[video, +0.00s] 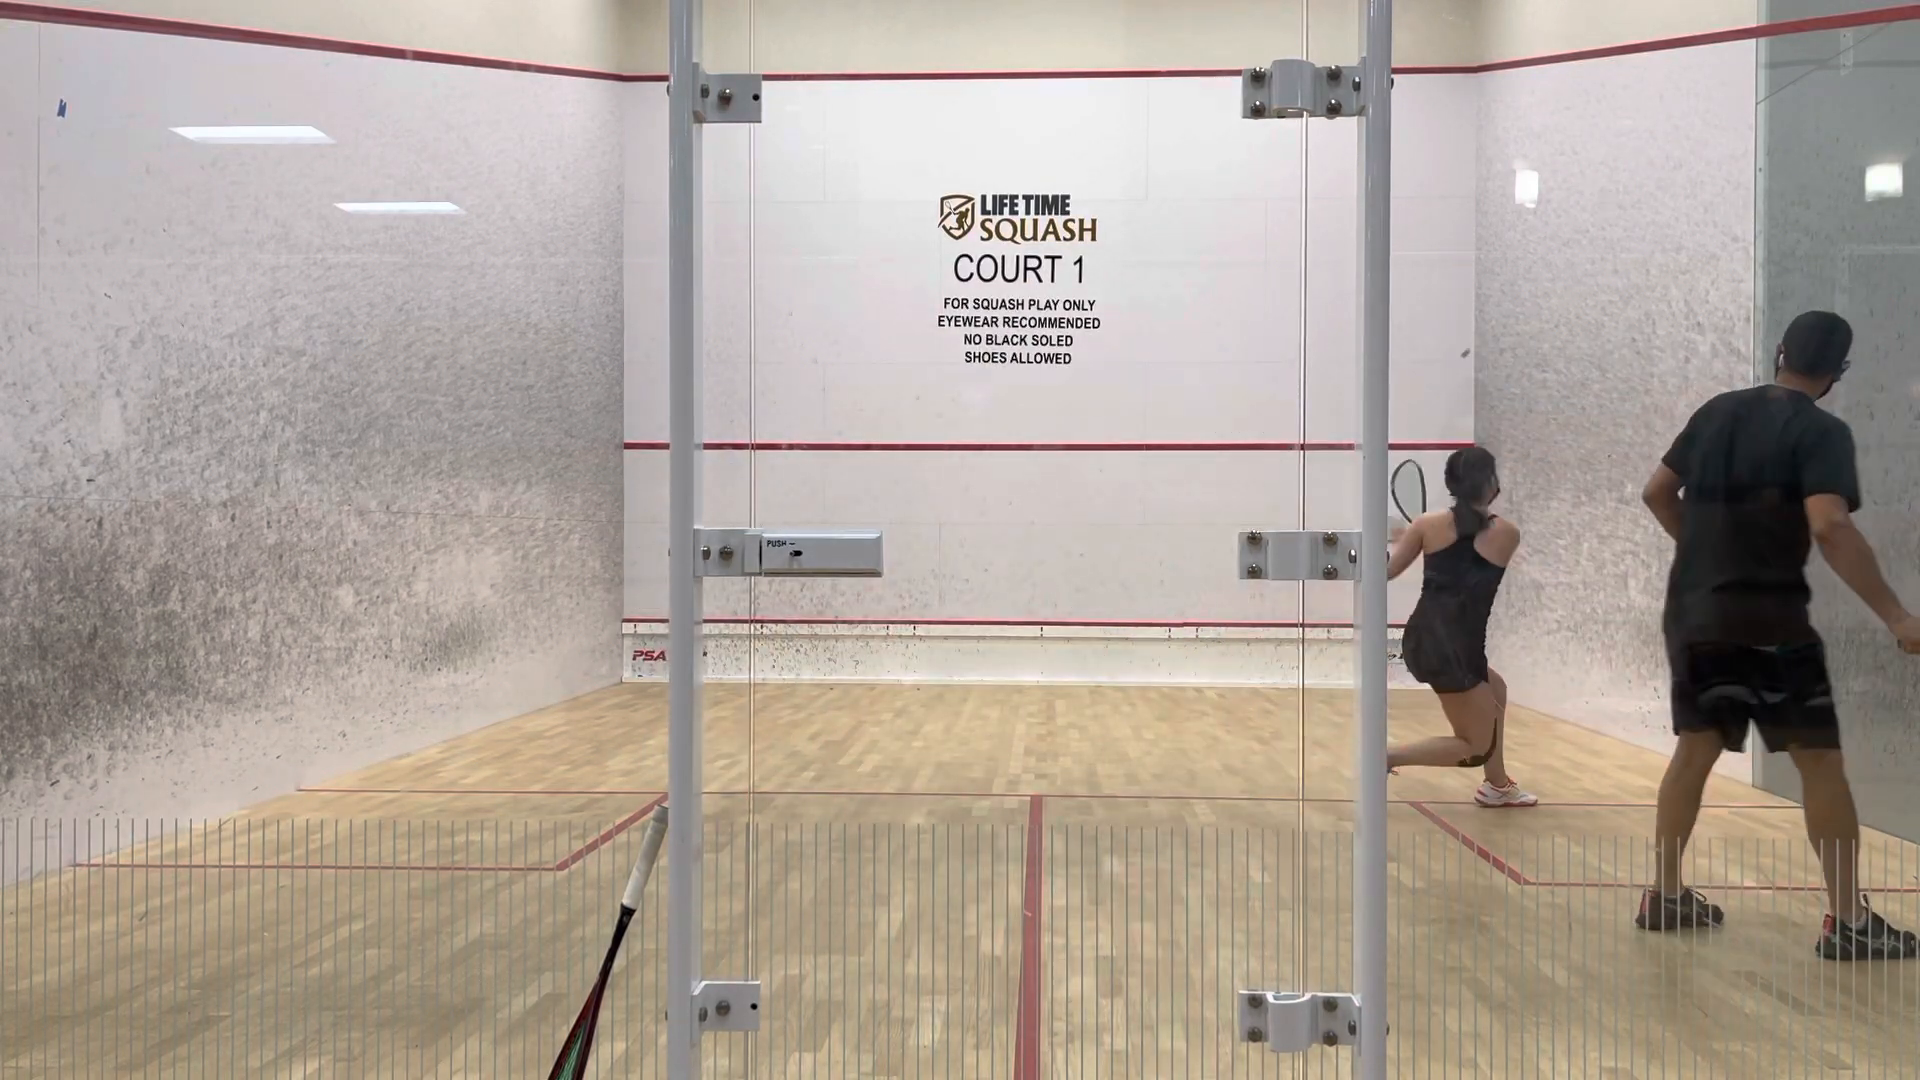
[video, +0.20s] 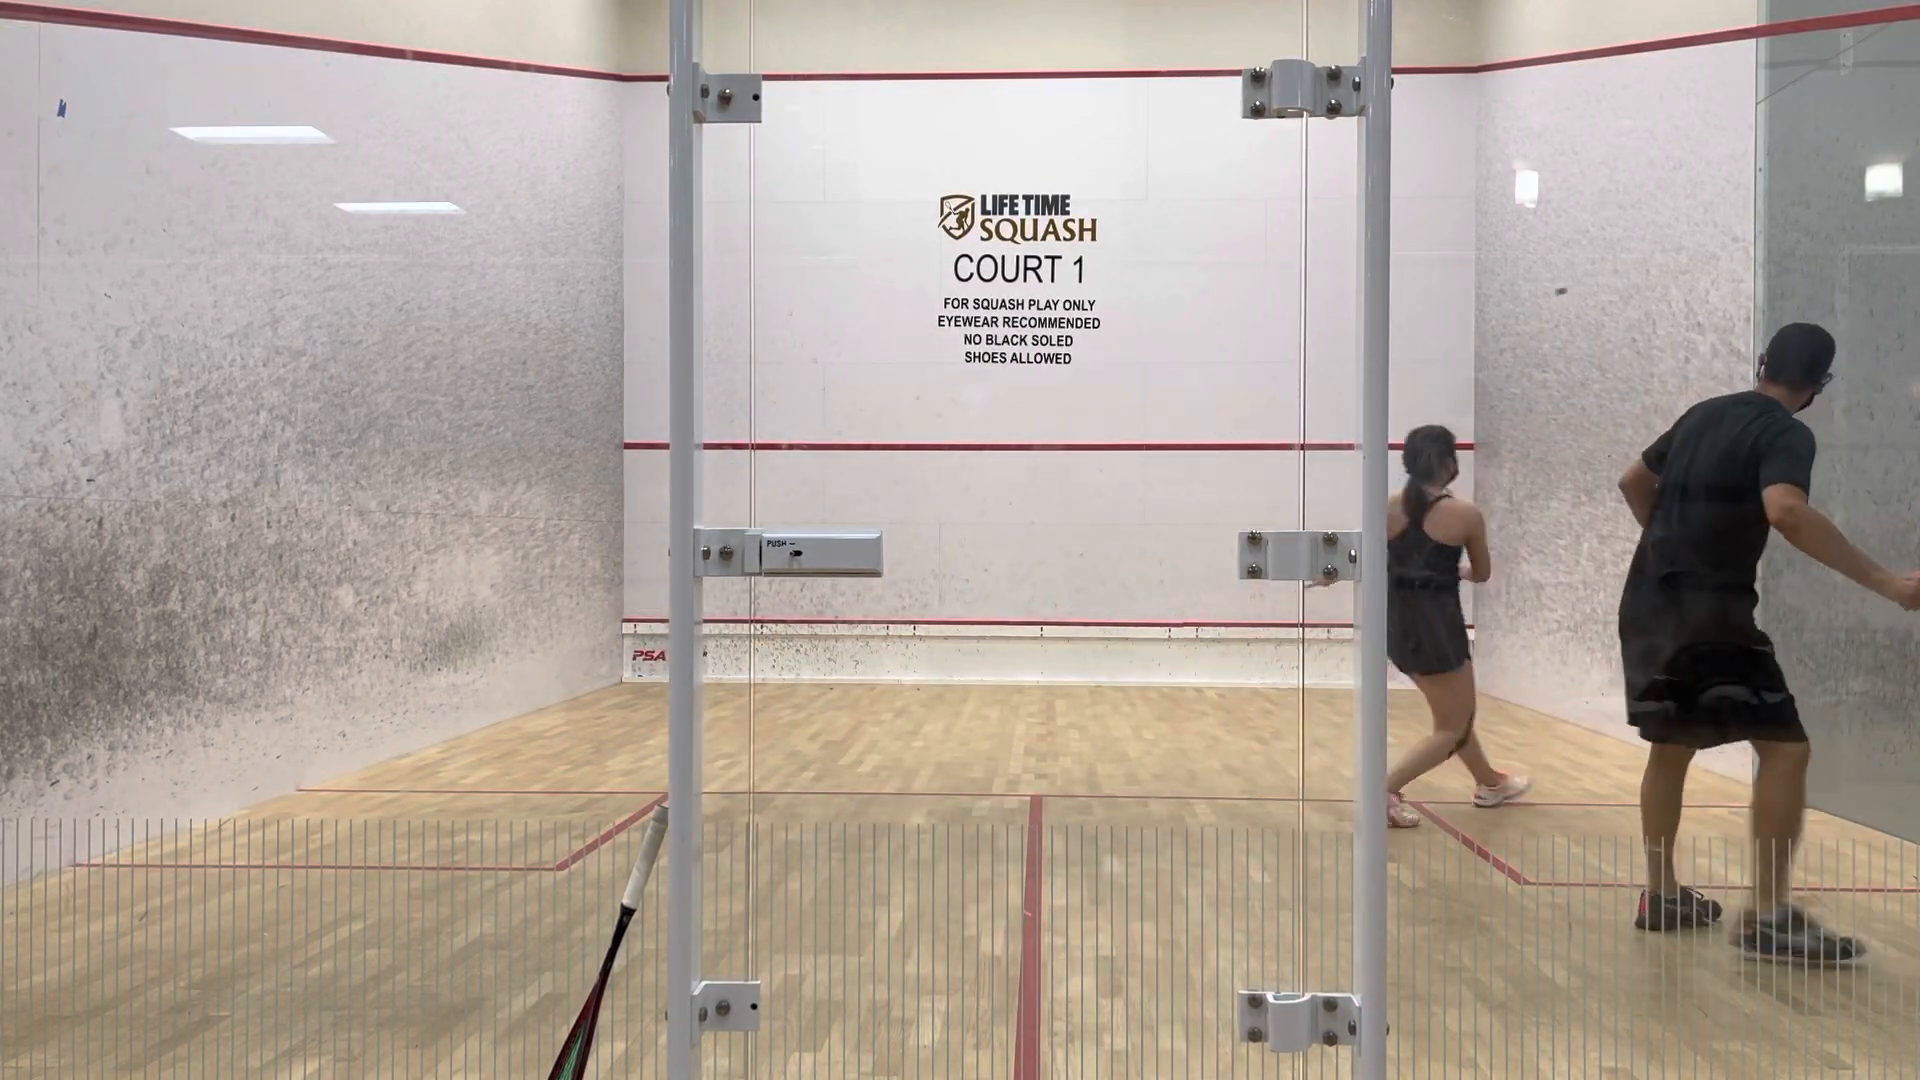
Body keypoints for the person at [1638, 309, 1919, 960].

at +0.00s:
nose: (1835, 377)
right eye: (1840, 370)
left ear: (1779, 358)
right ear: (1836, 374)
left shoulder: (1720, 409)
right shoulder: (1821, 428)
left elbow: (1657, 492)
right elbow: (1829, 524)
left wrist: (1699, 544)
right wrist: (1897, 616)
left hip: (1696, 619)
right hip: (1773, 622)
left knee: (1696, 744)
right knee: (1820, 761)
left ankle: (1664, 893)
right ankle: (1848, 917)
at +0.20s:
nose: (1819, 392)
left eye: (1818, 382)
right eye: (1821, 383)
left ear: (1761, 366)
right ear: (1816, 385)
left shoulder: (1702, 413)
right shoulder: (1786, 433)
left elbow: (1636, 482)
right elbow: (1785, 509)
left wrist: (1677, 548)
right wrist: (1885, 581)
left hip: (1648, 617)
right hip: (1715, 619)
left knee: (1671, 745)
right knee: (1784, 749)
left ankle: (1660, 893)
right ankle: (1769, 912)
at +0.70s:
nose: (1872, 398)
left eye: (1876, 386)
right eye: (1873, 385)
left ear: (1819, 368)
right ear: (1849, 378)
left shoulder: (1746, 412)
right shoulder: (1797, 424)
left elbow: (1678, 492)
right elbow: (1761, 509)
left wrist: (1714, 566)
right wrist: (1844, 583)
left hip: (1700, 611)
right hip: (1718, 620)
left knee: (1787, 733)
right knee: (1676, 759)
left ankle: (1795, 897)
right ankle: (1576, 894)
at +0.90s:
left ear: (1905, 392)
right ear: (1912, 391)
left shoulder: (1866, 451)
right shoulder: (1856, 441)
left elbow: (1800, 544)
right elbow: (1801, 506)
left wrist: (1835, 622)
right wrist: (1884, 551)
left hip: (1800, 636)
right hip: (1766, 635)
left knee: (1859, 762)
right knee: (1744, 783)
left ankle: (1890, 919)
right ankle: (1601, 881)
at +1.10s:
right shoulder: (1909, 445)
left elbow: (1910, 572)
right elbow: (1832, 469)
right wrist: (1912, 502)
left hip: (1832, 620)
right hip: (1789, 612)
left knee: (1891, 759)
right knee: (1869, 756)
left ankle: (1893, 919)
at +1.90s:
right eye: (1910, 380)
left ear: (1851, 368)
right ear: (1912, 384)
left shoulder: (1783, 414)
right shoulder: (1909, 451)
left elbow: (1696, 479)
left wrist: (1669, 561)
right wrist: (1753, 492)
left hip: (1740, 635)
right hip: (1849, 644)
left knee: (1708, 777)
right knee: (1915, 790)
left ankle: (1663, 928)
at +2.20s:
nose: (1623, 306)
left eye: (1617, 294)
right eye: (1659, 299)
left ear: (1611, 297)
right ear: (1678, 309)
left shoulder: (1567, 348)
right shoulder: (1712, 388)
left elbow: (1529, 419)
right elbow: (1755, 505)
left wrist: (1532, 501)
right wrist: (1747, 614)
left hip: (1590, 594)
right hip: (1686, 596)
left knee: (1612, 762)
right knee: (1702, 757)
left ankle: (1642, 944)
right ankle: (1727, 933)